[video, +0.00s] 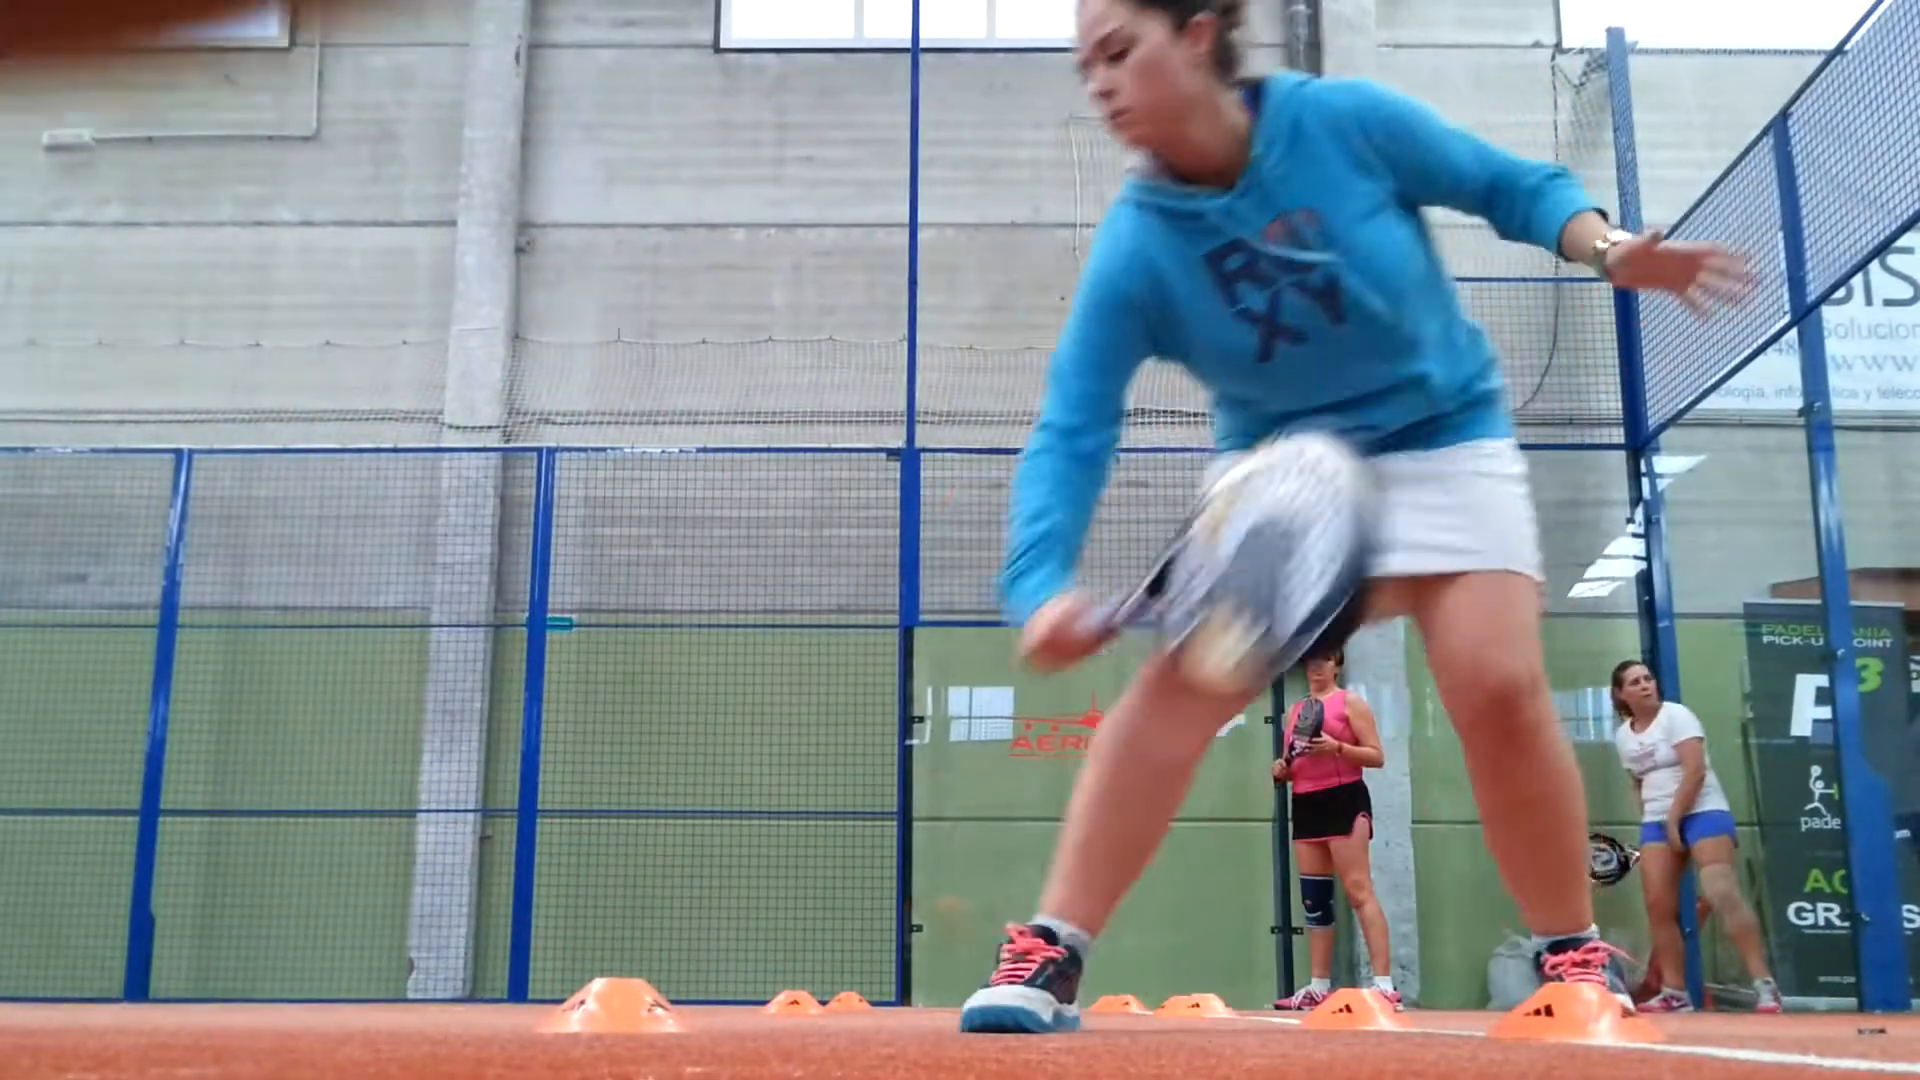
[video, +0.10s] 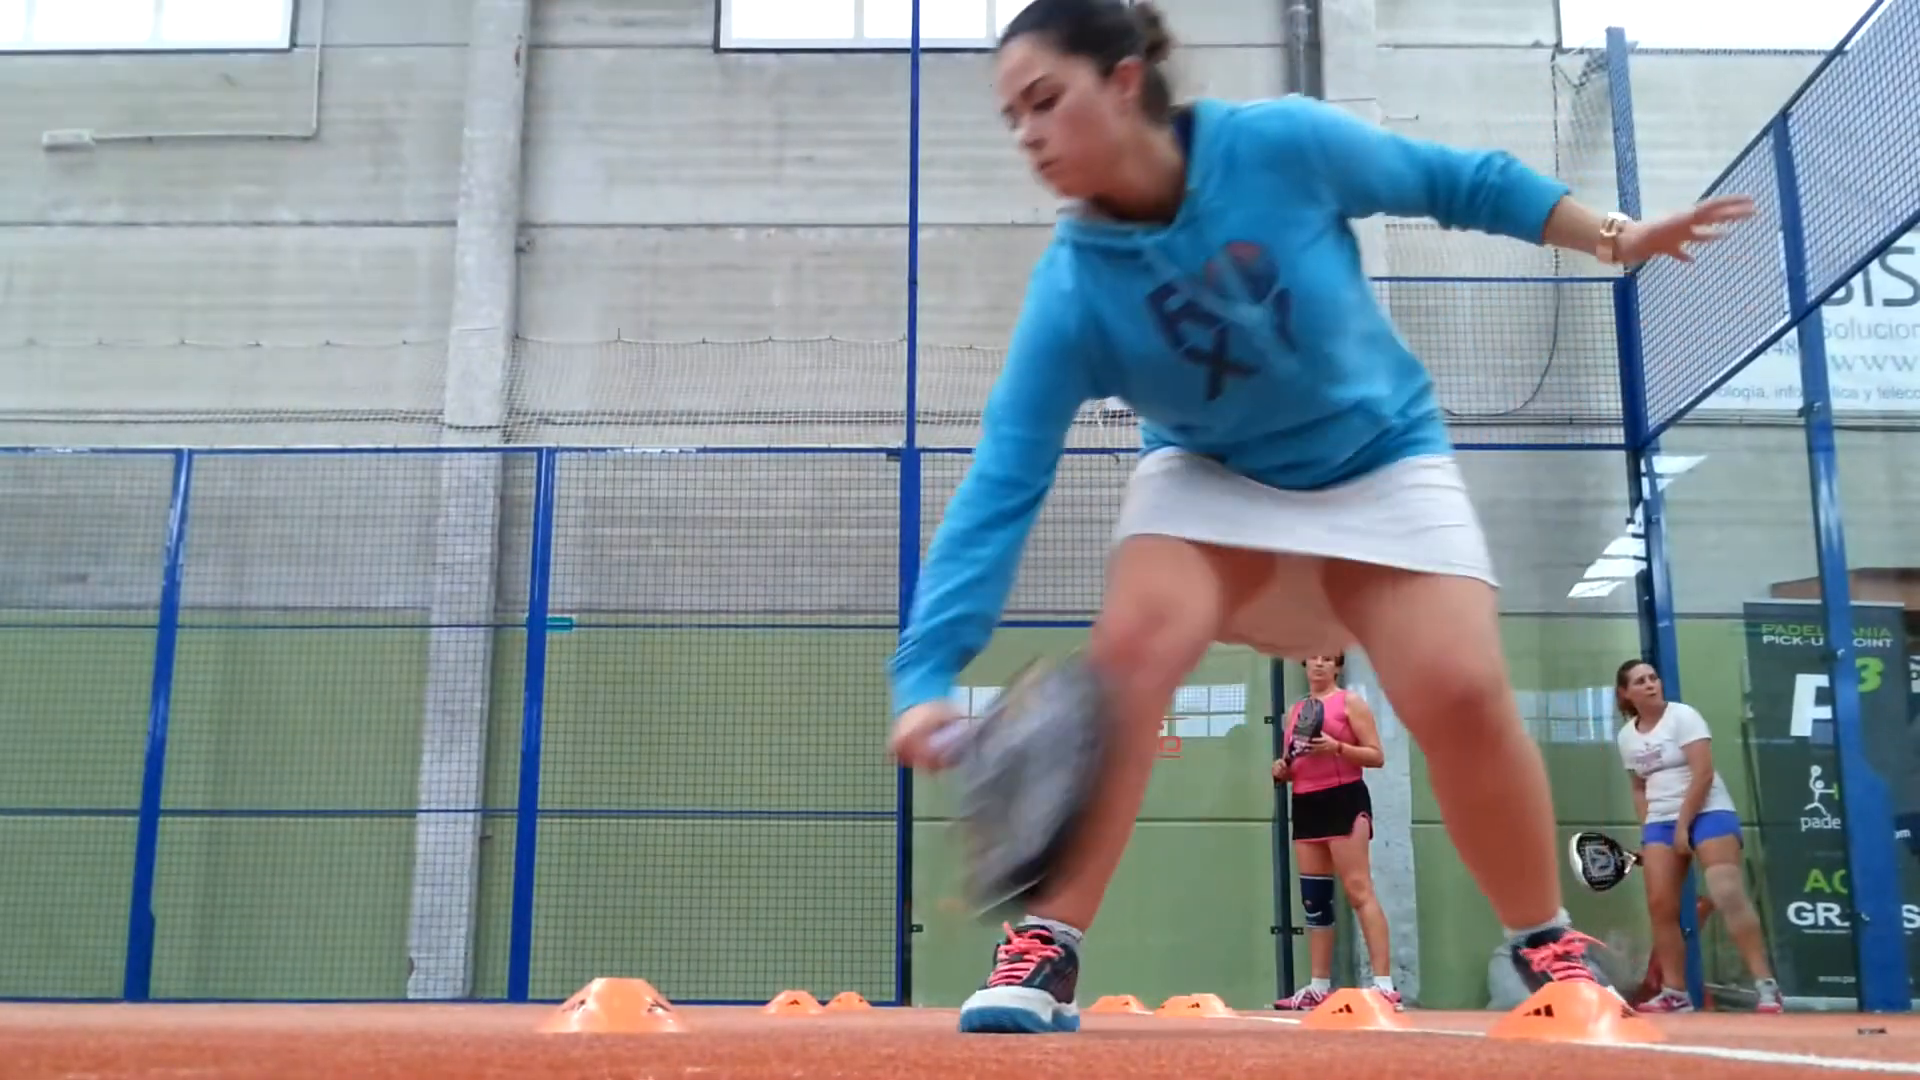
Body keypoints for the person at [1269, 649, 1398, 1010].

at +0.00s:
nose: (1316, 667)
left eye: (1324, 659)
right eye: (1310, 660)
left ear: (1338, 664)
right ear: (1303, 666)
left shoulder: (1351, 703)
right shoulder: (1296, 711)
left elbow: (1376, 756)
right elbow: (1293, 763)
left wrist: (1338, 746)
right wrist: (1282, 769)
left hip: (1345, 800)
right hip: (1306, 802)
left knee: (1359, 893)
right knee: (1316, 901)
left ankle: (1384, 984)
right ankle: (1319, 987)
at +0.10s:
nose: (1318, 664)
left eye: (1326, 658)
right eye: (1312, 658)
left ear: (1338, 665)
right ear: (1303, 665)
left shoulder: (1351, 702)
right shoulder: (1296, 710)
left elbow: (1376, 755)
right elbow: (1293, 763)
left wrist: (1337, 747)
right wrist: (1283, 769)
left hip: (1344, 800)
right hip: (1306, 802)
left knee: (1359, 893)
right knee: (1316, 901)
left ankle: (1384, 985)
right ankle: (1319, 987)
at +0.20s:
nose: (1312, 682)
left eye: (1319, 676)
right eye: (1307, 675)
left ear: (1330, 684)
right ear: (1297, 682)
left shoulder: (1341, 719)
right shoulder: (1287, 728)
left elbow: (1366, 771)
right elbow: (1282, 774)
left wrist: (1327, 766)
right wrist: (1275, 784)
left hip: (1335, 813)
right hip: (1297, 816)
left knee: (1349, 909)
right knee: (1307, 914)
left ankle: (1375, 998)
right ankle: (1311, 1000)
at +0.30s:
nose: (1305, 686)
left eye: (1312, 680)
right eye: (1300, 680)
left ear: (1323, 688)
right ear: (1290, 687)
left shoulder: (1337, 724)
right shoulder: (1282, 732)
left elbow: (1361, 777)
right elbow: (1278, 777)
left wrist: (1320, 769)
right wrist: (1270, 788)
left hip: (1330, 819)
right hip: (1292, 821)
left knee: (1345, 915)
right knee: (1302, 920)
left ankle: (1371, 1003)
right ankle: (1307, 1006)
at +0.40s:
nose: (1306, 668)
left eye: (1314, 662)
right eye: (1301, 662)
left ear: (1325, 671)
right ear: (1292, 669)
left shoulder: (1337, 707)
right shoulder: (1282, 715)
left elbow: (1363, 760)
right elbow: (1278, 764)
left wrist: (1325, 753)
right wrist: (1270, 771)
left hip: (1332, 803)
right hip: (1294, 805)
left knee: (1348, 899)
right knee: (1304, 905)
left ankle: (1372, 988)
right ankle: (1308, 991)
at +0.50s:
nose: (1298, 678)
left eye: (1306, 672)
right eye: (1293, 672)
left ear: (1317, 681)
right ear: (1284, 679)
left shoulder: (1330, 718)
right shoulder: (1274, 725)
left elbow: (1355, 771)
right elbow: (1268, 774)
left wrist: (1319, 764)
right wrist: (1262, 783)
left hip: (1326, 814)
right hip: (1287, 817)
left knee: (1337, 909)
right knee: (1297, 915)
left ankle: (1365, 999)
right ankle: (1301, 1003)